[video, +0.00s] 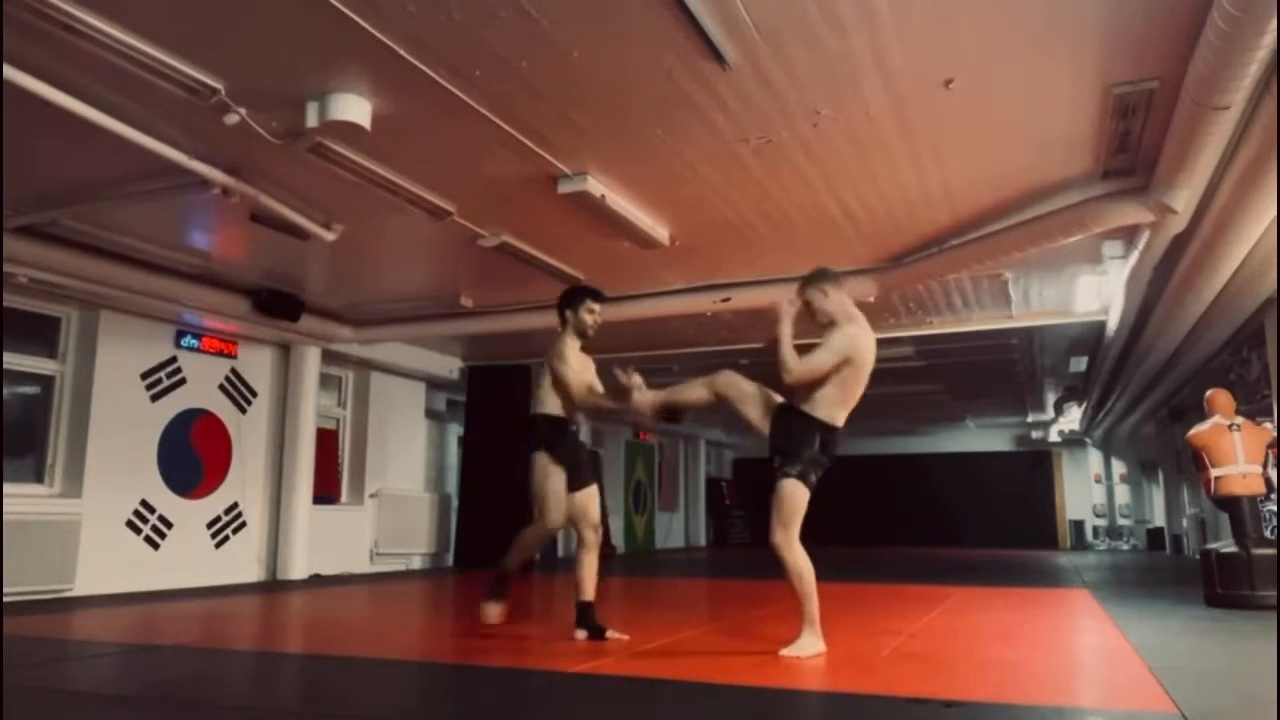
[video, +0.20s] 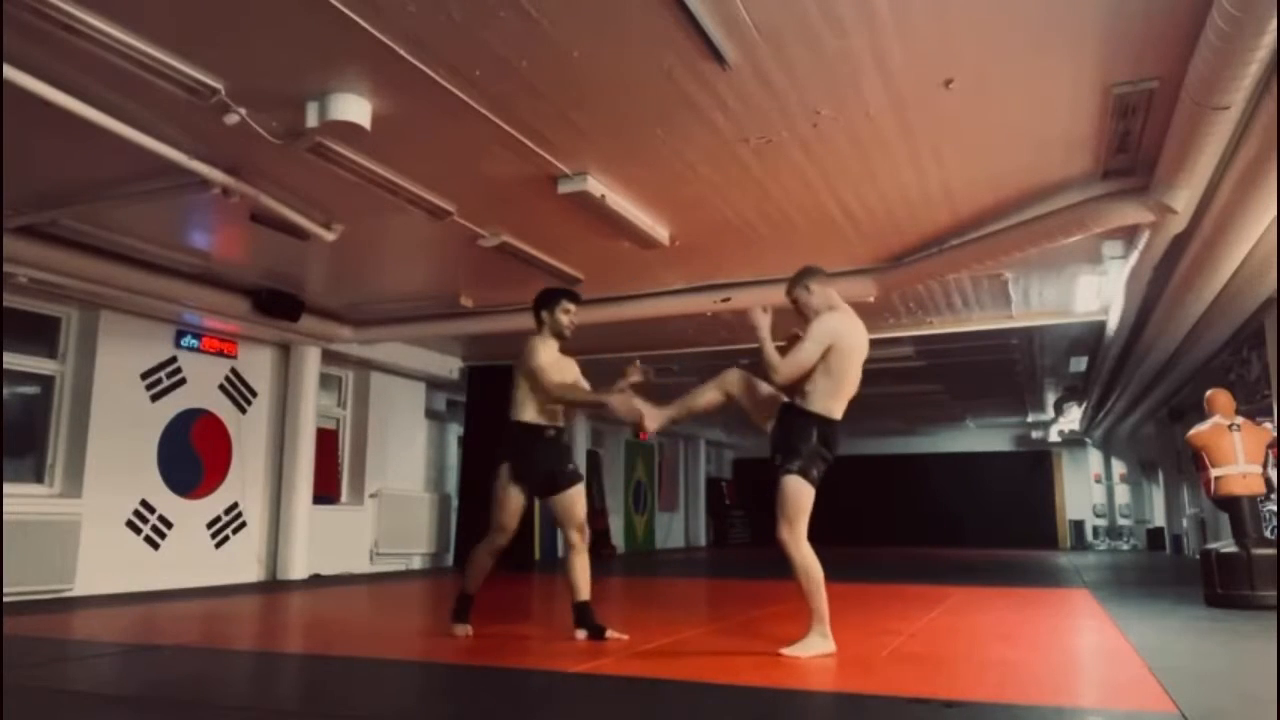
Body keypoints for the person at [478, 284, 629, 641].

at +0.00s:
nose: (596, 319)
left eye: (598, 313)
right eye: (590, 312)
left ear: (596, 318)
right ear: (569, 313)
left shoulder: (586, 359)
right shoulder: (560, 349)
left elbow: (598, 398)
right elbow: (580, 400)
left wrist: (628, 399)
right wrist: (628, 408)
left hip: (574, 441)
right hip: (547, 437)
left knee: (590, 531)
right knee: (549, 522)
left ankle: (586, 618)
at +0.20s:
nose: (572, 320)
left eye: (574, 314)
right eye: (565, 312)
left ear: (571, 319)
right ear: (544, 314)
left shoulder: (570, 364)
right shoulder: (533, 349)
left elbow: (589, 400)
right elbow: (552, 390)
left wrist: (623, 384)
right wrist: (607, 398)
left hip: (556, 447)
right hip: (521, 443)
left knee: (578, 534)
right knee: (500, 533)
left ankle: (584, 619)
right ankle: (463, 607)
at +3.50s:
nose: (401, 333)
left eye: (406, 328)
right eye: (396, 325)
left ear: (409, 332)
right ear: (378, 323)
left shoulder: (405, 365)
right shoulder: (354, 355)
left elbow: (414, 414)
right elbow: (362, 400)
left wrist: (426, 381)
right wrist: (384, 360)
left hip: (394, 446)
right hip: (360, 444)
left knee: (414, 531)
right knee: (348, 531)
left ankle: (410, 607)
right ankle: (327, 614)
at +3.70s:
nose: (404, 330)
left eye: (409, 326)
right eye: (399, 322)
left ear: (411, 328)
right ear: (380, 320)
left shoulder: (405, 366)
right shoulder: (355, 353)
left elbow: (413, 413)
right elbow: (359, 398)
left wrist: (428, 384)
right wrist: (387, 353)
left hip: (395, 445)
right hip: (360, 444)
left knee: (426, 524)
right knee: (346, 530)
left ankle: (422, 602)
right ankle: (326, 615)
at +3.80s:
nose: (412, 331)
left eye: (416, 327)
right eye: (407, 324)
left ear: (417, 331)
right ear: (387, 321)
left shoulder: (411, 369)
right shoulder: (363, 354)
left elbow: (417, 415)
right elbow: (368, 400)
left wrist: (435, 386)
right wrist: (398, 356)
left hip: (401, 449)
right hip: (365, 448)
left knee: (432, 525)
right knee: (346, 534)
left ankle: (439, 604)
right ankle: (327, 614)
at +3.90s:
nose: (425, 335)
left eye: (429, 331)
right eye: (420, 327)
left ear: (429, 334)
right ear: (399, 325)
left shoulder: (420, 368)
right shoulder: (376, 358)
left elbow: (425, 419)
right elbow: (387, 402)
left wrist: (445, 390)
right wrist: (416, 362)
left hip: (409, 453)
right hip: (375, 451)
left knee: (442, 528)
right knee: (351, 536)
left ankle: (452, 605)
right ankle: (326, 614)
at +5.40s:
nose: (474, 329)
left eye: (476, 324)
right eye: (468, 322)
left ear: (477, 328)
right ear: (448, 323)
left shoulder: (474, 368)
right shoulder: (432, 358)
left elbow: (483, 413)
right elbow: (433, 404)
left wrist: (495, 384)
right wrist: (459, 362)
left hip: (461, 449)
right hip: (427, 445)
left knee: (474, 532)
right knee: (402, 527)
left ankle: (459, 609)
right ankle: (364, 603)